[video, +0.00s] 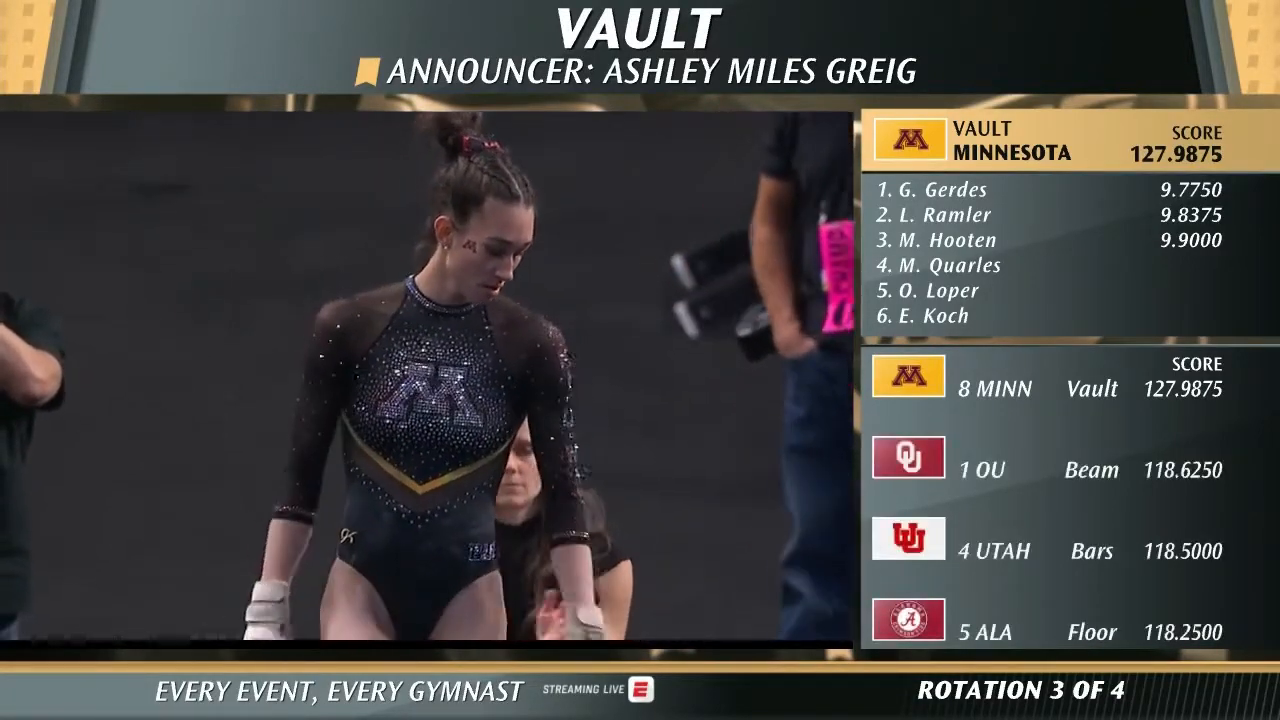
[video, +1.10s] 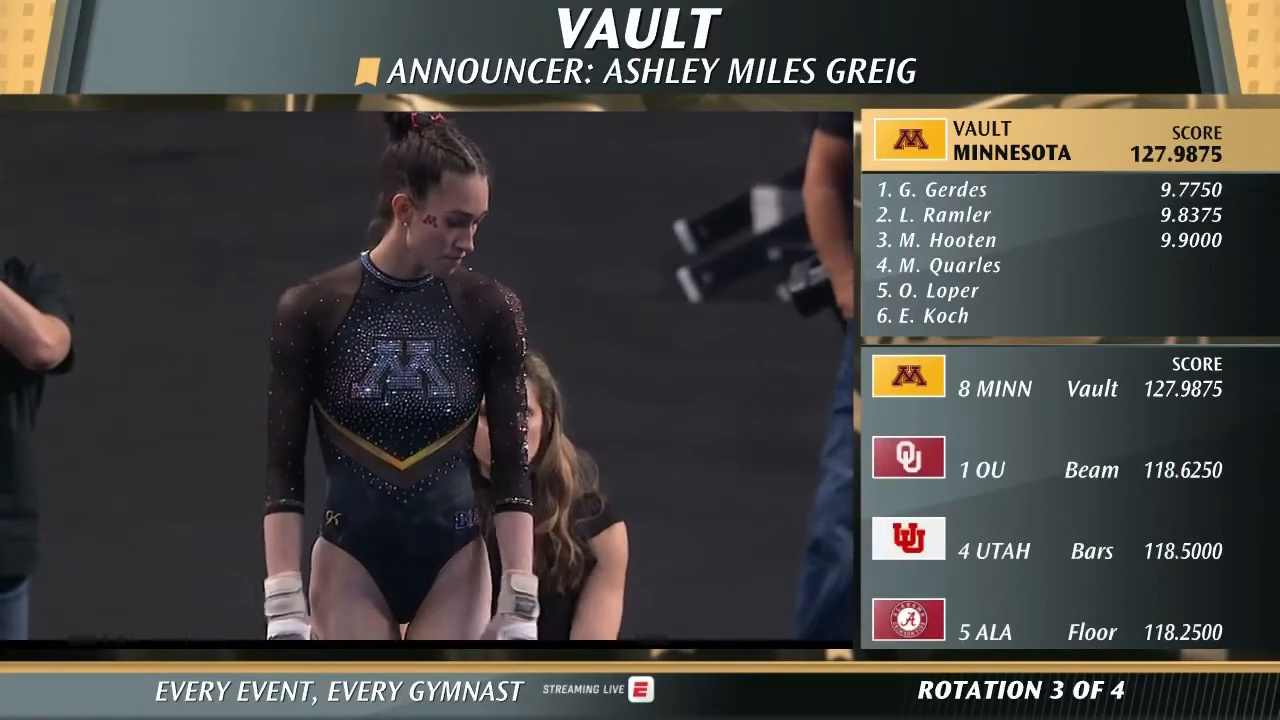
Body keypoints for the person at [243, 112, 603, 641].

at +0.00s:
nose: (508, 270)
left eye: (519, 253)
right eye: (495, 250)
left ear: (530, 243)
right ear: (445, 231)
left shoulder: (533, 346)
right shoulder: (348, 327)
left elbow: (561, 490)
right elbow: (303, 479)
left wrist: (584, 615)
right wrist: (266, 612)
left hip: (471, 584)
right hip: (361, 578)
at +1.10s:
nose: (468, 241)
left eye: (476, 223)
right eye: (454, 221)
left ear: (483, 213)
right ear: (403, 208)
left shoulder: (489, 310)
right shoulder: (310, 308)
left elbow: (510, 460)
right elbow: (284, 461)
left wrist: (519, 603)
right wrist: (284, 609)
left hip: (458, 558)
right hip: (348, 556)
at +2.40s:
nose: (467, 245)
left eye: (474, 227)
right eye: (453, 226)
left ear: (481, 216)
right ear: (400, 214)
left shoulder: (489, 316)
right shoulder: (311, 318)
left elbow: (500, 468)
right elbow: (290, 473)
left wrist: (473, 597)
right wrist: (331, 590)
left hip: (458, 566)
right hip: (355, 566)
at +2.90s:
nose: (470, 247)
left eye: (478, 229)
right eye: (456, 228)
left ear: (486, 218)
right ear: (404, 215)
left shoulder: (495, 317)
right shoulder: (317, 320)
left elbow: (526, 472)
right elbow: (292, 478)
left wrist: (543, 617)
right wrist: (273, 622)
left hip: (462, 566)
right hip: (354, 565)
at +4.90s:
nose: (460, 252)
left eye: (466, 235)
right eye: (444, 236)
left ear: (472, 225)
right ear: (390, 226)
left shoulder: (483, 329)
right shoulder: (305, 331)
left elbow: (499, 479)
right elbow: (285, 486)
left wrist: (500, 619)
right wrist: (281, 622)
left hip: (456, 573)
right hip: (348, 572)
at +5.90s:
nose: (464, 255)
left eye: (471, 237)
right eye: (448, 239)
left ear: (476, 225)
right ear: (394, 228)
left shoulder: (486, 331)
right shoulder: (309, 333)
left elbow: (502, 481)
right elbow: (289, 486)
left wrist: (507, 619)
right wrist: (286, 620)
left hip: (458, 574)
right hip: (351, 573)